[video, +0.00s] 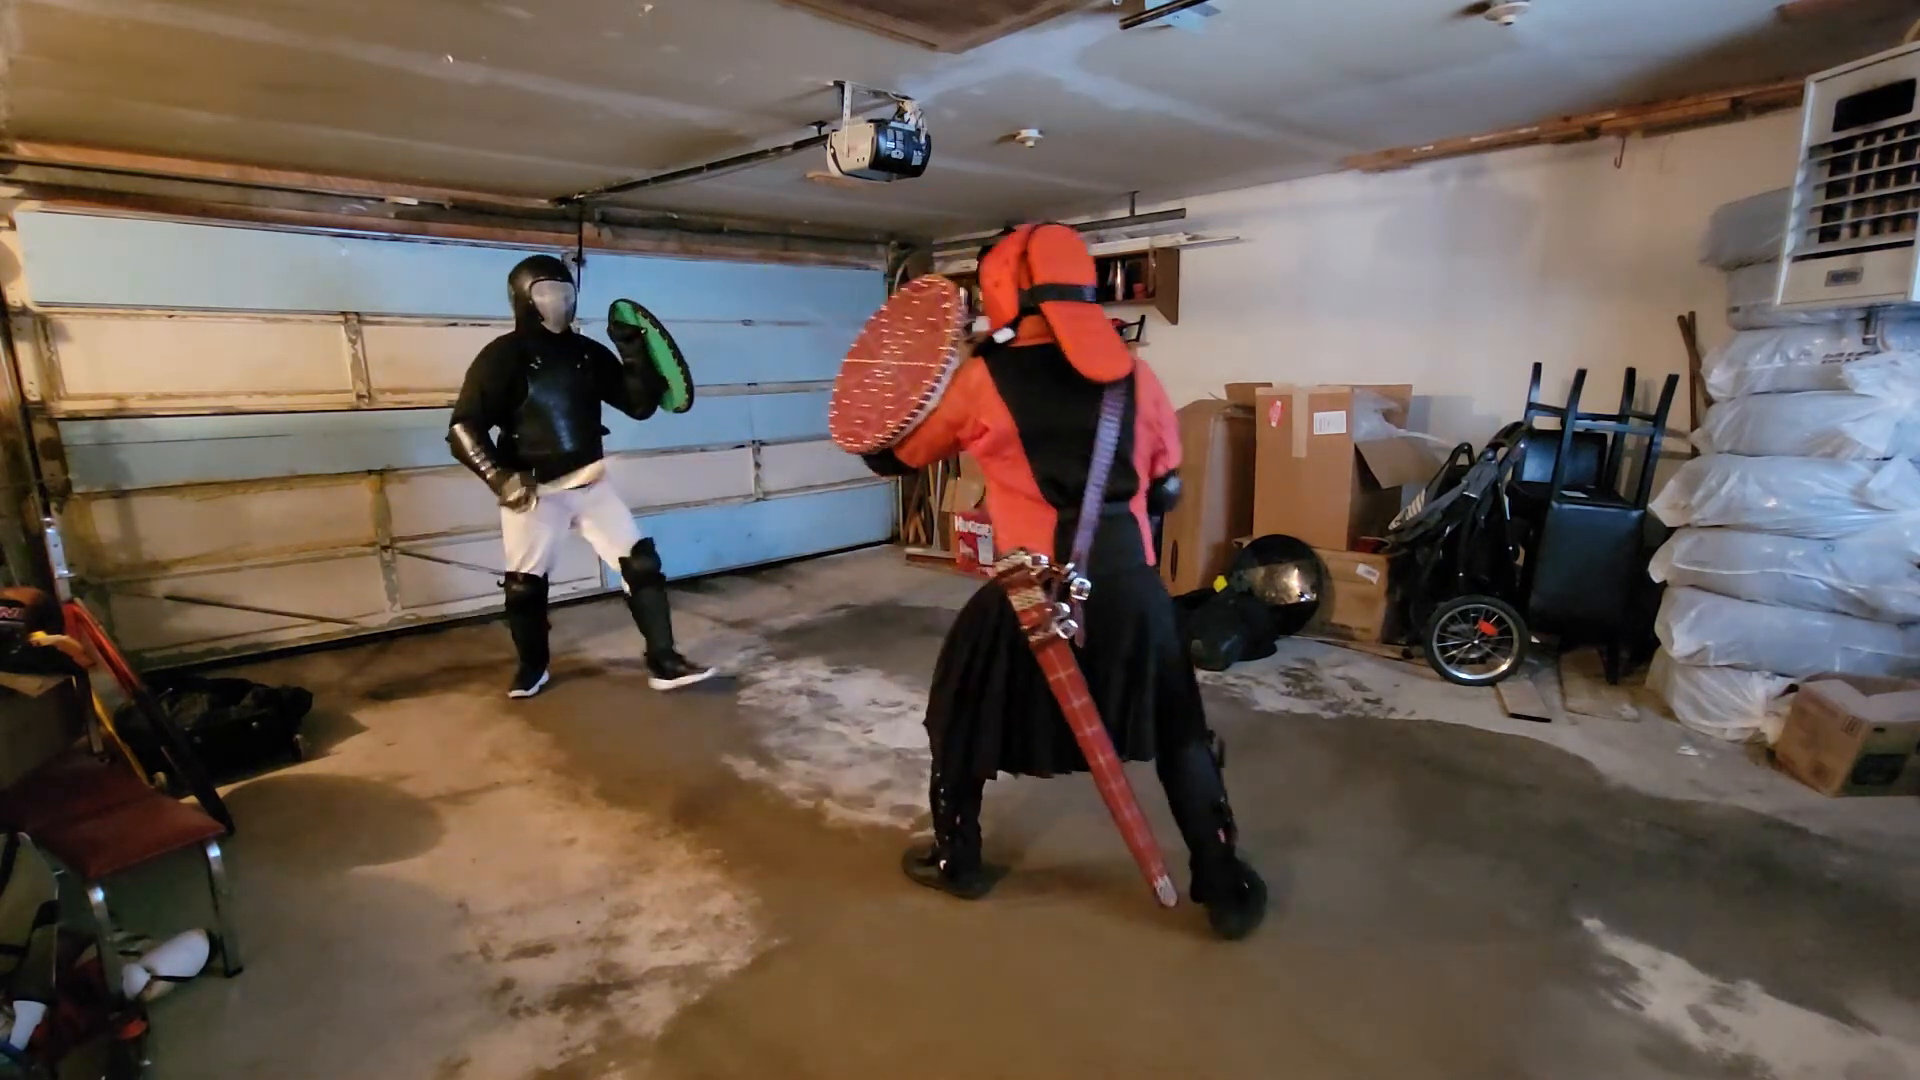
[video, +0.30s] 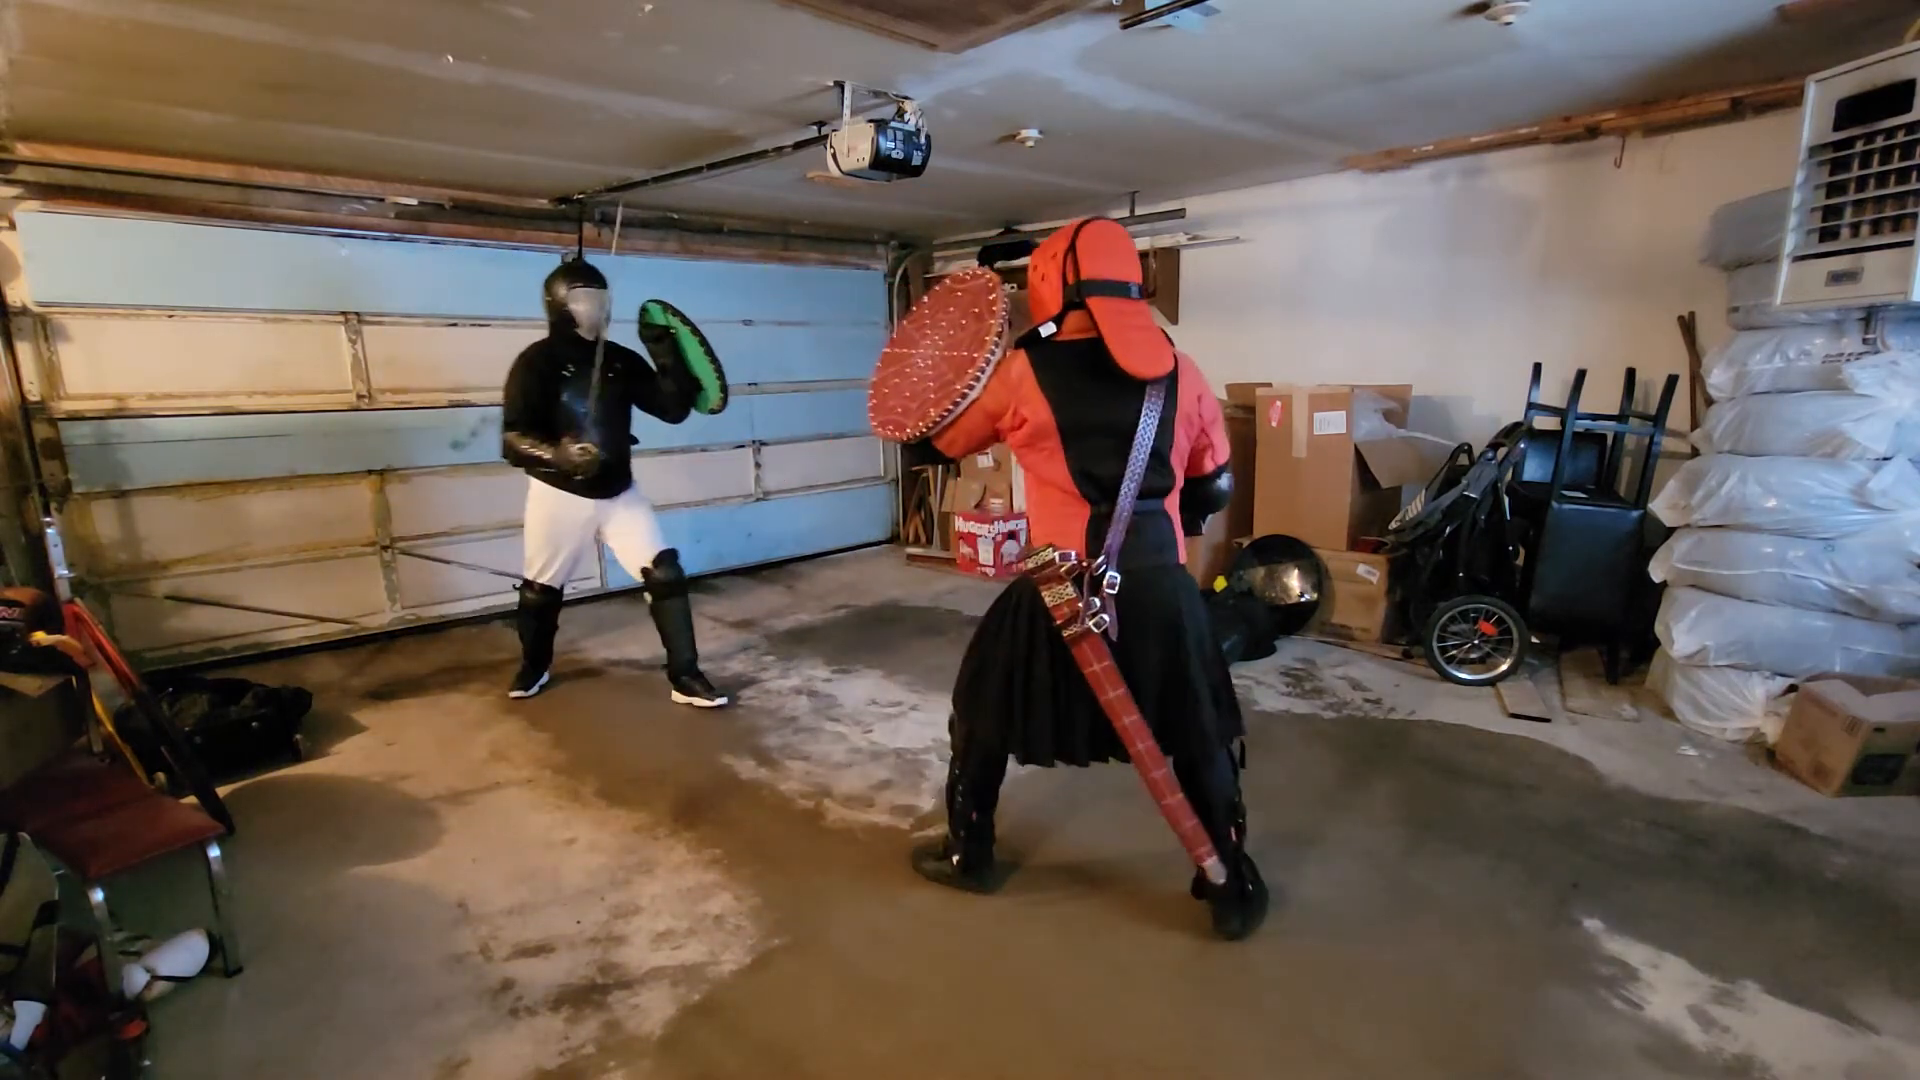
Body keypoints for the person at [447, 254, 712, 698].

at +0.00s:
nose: (567, 298)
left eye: (568, 289)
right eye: (556, 289)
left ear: (569, 294)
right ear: (529, 296)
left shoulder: (588, 353)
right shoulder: (502, 357)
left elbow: (640, 406)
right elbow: (463, 429)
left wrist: (634, 352)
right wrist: (499, 478)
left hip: (591, 484)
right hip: (532, 493)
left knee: (640, 563)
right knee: (524, 588)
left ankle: (664, 659)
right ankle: (532, 667)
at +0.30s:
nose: (601, 306)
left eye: (603, 297)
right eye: (591, 297)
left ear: (604, 301)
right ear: (563, 302)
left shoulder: (622, 362)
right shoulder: (535, 362)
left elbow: (674, 410)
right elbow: (513, 442)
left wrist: (669, 358)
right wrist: (554, 456)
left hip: (619, 494)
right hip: (556, 496)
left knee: (665, 573)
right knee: (539, 592)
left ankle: (685, 675)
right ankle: (534, 666)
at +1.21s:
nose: (643, 307)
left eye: (644, 298)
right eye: (633, 298)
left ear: (643, 304)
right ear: (603, 302)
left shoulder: (652, 362)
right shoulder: (570, 362)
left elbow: (694, 420)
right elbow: (547, 440)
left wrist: (695, 365)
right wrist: (603, 457)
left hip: (640, 494)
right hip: (581, 493)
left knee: (681, 576)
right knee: (558, 594)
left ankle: (686, 678)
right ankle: (556, 662)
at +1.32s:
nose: (649, 310)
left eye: (649, 301)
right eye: (640, 301)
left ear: (636, 308)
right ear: (610, 304)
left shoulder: (655, 363)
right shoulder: (583, 358)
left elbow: (688, 403)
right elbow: (595, 416)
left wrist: (693, 353)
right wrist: (656, 427)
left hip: (640, 492)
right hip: (584, 490)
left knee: (682, 573)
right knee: (561, 589)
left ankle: (686, 677)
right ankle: (558, 663)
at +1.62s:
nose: (619, 319)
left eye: (621, 310)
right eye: (608, 310)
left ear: (624, 315)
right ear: (581, 317)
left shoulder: (632, 378)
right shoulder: (563, 367)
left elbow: (664, 431)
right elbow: (571, 423)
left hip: (624, 500)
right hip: (570, 497)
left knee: (674, 575)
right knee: (553, 603)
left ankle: (686, 678)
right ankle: (528, 651)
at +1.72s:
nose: (603, 320)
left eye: (604, 310)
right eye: (593, 310)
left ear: (601, 315)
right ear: (565, 314)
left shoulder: (612, 374)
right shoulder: (540, 371)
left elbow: (645, 433)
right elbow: (534, 438)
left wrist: (653, 389)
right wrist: (588, 477)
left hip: (605, 496)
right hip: (549, 496)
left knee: (651, 576)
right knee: (537, 592)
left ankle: (684, 676)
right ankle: (530, 666)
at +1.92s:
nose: (575, 315)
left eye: (574, 306)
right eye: (566, 306)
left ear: (567, 311)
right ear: (538, 312)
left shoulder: (585, 369)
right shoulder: (503, 367)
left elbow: (616, 426)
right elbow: (481, 441)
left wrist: (625, 382)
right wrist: (526, 467)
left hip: (581, 489)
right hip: (526, 492)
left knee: (625, 561)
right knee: (526, 585)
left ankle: (628, 649)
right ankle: (532, 662)